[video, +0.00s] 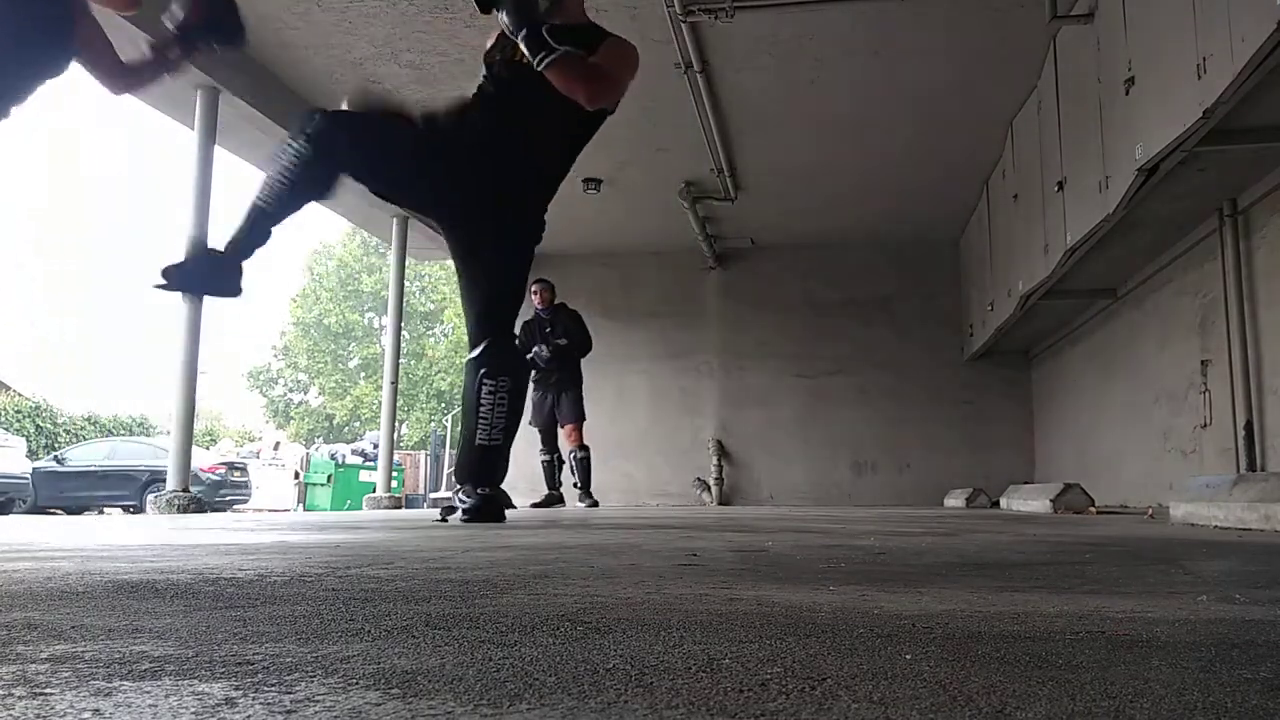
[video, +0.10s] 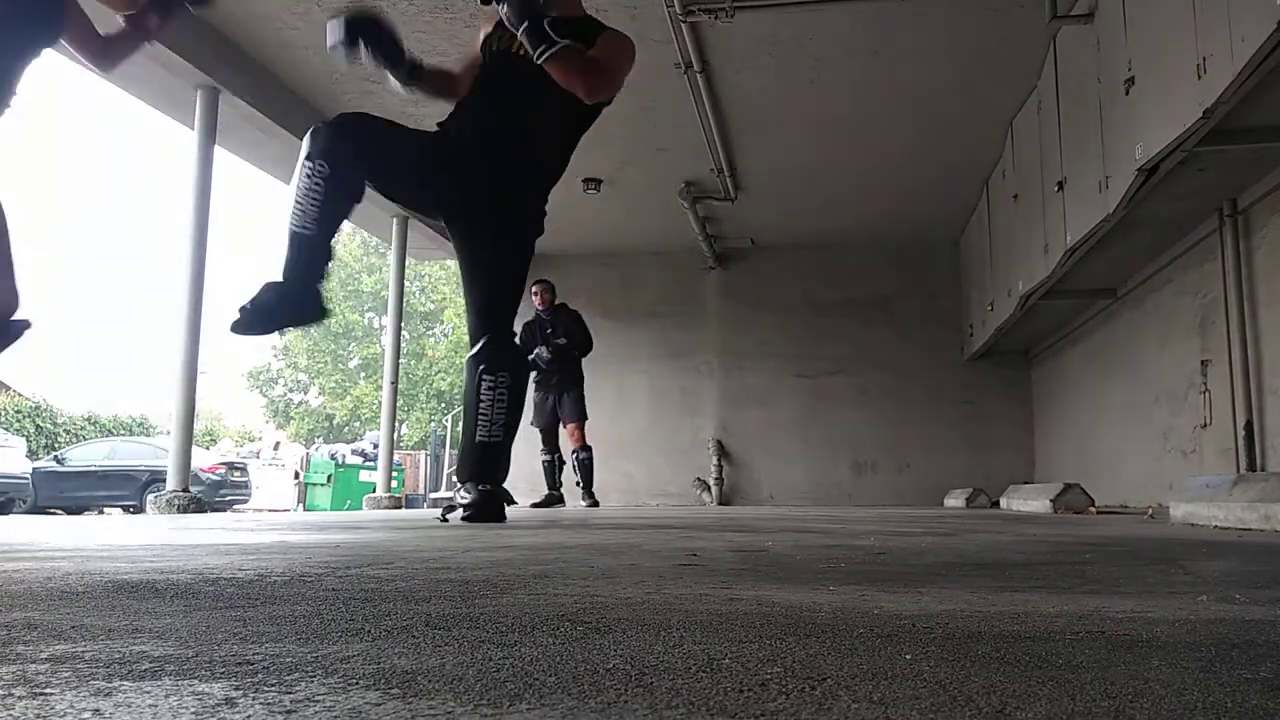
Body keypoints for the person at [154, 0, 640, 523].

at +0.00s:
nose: (532, 12)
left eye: (542, 8)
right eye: (529, 10)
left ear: (572, 5)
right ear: (536, 11)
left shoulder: (616, 51)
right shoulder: (512, 38)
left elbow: (588, 91)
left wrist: (530, 36)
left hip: (502, 208)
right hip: (439, 161)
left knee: (492, 342)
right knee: (329, 129)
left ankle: (479, 487)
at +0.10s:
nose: (511, 9)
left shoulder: (612, 44)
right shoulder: (504, 30)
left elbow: (591, 86)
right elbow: (457, 86)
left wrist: (531, 27)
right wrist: (400, 63)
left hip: (506, 202)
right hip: (446, 167)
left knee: (493, 341)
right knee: (340, 137)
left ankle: (484, 485)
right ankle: (300, 286)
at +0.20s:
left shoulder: (609, 41)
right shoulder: (500, 22)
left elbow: (589, 83)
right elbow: (439, 74)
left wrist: (528, 17)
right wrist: (391, 37)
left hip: (505, 203)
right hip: (442, 165)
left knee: (497, 343)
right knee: (335, 129)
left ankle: (484, 485)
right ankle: (298, 275)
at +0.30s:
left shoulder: (608, 39)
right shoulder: (498, 19)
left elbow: (588, 87)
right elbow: (427, 72)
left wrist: (532, 20)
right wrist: (377, 24)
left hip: (499, 207)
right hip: (436, 162)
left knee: (491, 342)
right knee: (324, 103)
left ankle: (480, 487)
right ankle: (262, 237)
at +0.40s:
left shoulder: (603, 38)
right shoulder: (494, 21)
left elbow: (580, 88)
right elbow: (425, 71)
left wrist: (524, 29)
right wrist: (371, 26)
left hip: (495, 205)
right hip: (435, 161)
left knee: (488, 342)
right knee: (325, 92)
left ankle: (481, 485)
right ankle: (288, 236)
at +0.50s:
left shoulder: (596, 29)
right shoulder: (492, 29)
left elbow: (551, 71)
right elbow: (409, 65)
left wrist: (490, 22)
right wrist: (343, 25)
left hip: (499, 205)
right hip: (440, 167)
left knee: (488, 343)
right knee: (323, 113)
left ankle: (481, 486)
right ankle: (322, 260)